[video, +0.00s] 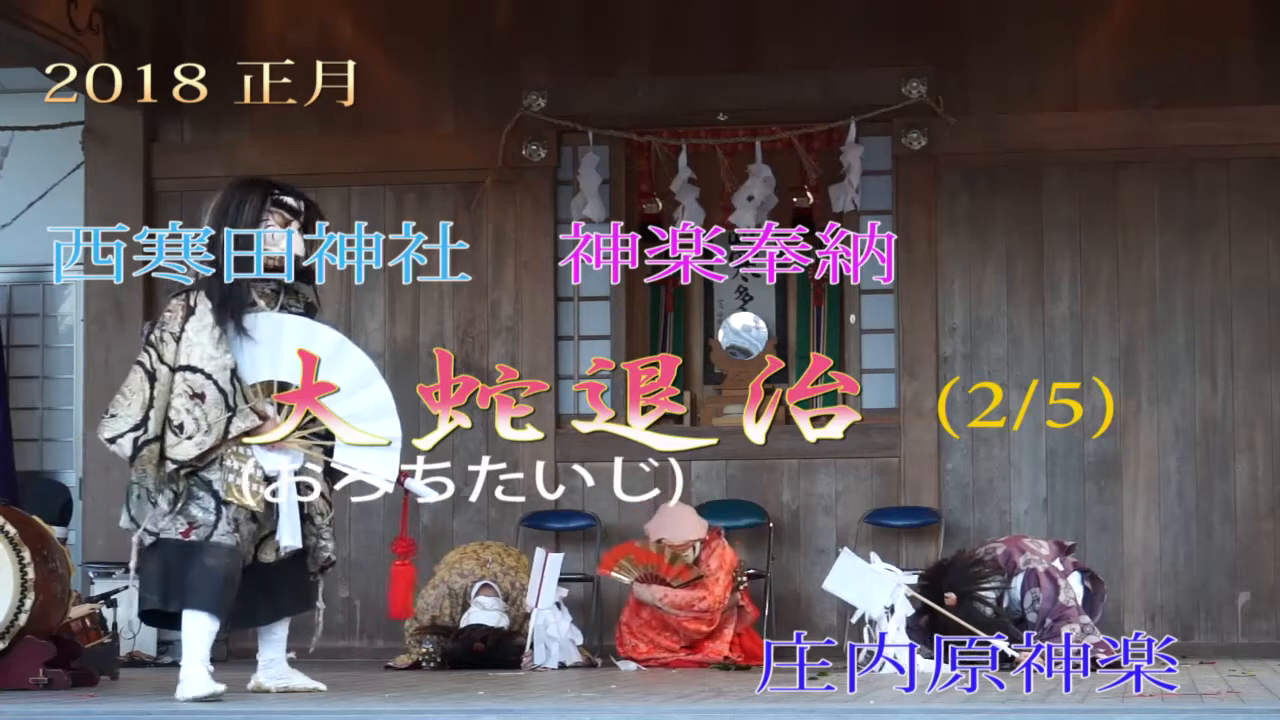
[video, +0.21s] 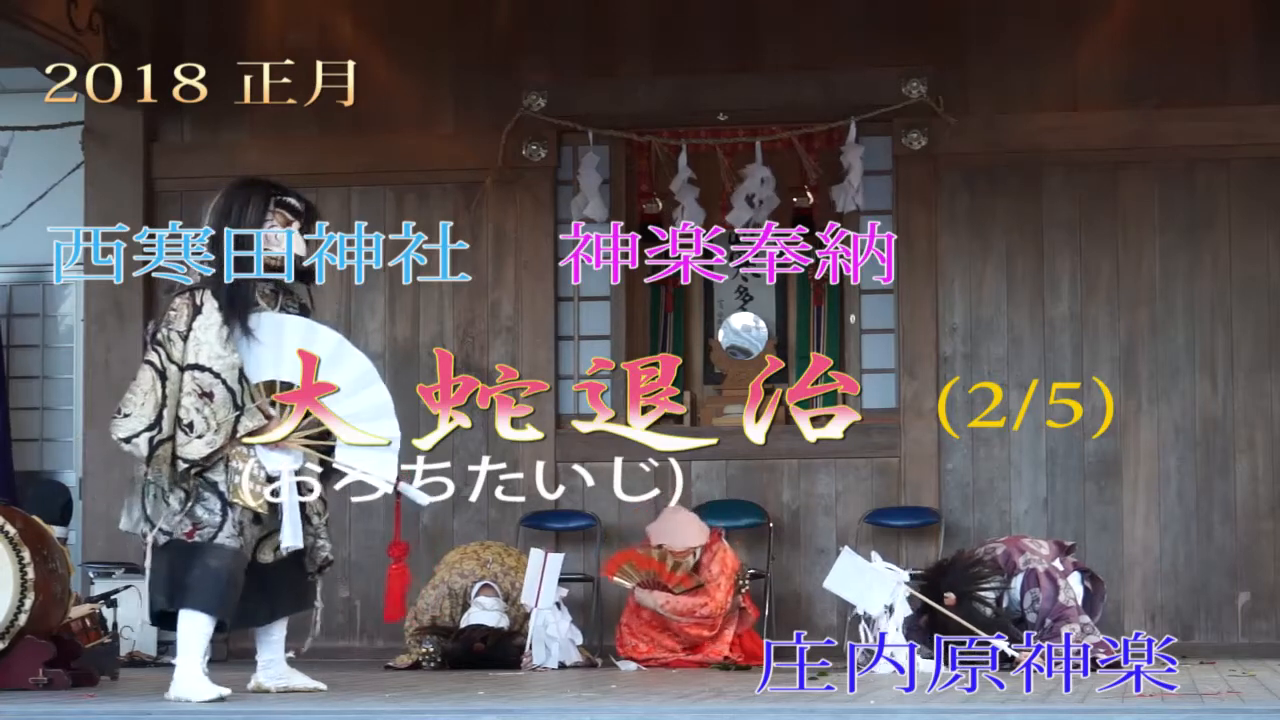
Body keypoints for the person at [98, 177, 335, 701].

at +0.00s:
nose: (287, 240)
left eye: (293, 229)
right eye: (274, 226)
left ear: (298, 238)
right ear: (240, 231)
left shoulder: (296, 308)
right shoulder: (202, 309)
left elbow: (317, 389)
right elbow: (186, 410)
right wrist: (247, 421)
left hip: (279, 460)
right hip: (217, 458)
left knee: (283, 549)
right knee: (217, 547)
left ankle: (273, 665)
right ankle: (194, 671)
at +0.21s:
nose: (290, 239)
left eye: (294, 229)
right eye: (278, 225)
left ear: (295, 240)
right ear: (243, 229)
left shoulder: (290, 306)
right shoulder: (204, 306)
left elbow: (308, 384)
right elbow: (195, 409)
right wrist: (256, 433)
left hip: (276, 458)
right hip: (219, 459)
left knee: (279, 555)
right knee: (215, 555)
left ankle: (273, 665)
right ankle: (189, 673)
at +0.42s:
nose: (290, 239)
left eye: (294, 229)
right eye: (278, 225)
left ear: (294, 241)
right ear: (243, 230)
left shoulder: (287, 305)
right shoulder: (202, 306)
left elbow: (304, 384)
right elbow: (193, 404)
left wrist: (305, 435)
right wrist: (249, 441)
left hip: (272, 457)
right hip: (216, 458)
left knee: (275, 554)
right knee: (217, 553)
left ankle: (272, 664)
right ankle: (189, 673)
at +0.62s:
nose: (299, 239)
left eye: (299, 228)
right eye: (287, 226)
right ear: (251, 231)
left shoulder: (287, 304)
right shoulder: (208, 305)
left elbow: (304, 383)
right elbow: (198, 405)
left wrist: (310, 432)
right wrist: (257, 439)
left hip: (273, 456)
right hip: (219, 457)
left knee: (275, 552)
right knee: (217, 552)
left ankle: (272, 665)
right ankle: (189, 673)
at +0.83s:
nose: (309, 244)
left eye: (309, 232)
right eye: (300, 230)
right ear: (266, 233)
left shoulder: (283, 306)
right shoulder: (208, 307)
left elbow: (297, 389)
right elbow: (200, 412)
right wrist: (258, 452)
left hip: (268, 455)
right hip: (217, 457)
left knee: (276, 548)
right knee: (216, 549)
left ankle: (273, 664)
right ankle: (189, 673)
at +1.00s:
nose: (311, 248)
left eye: (310, 235)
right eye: (303, 234)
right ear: (267, 237)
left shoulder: (274, 312)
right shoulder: (210, 309)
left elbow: (288, 395)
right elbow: (203, 414)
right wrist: (259, 453)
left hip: (265, 456)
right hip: (216, 458)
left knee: (277, 547)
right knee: (219, 546)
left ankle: (273, 664)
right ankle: (189, 672)